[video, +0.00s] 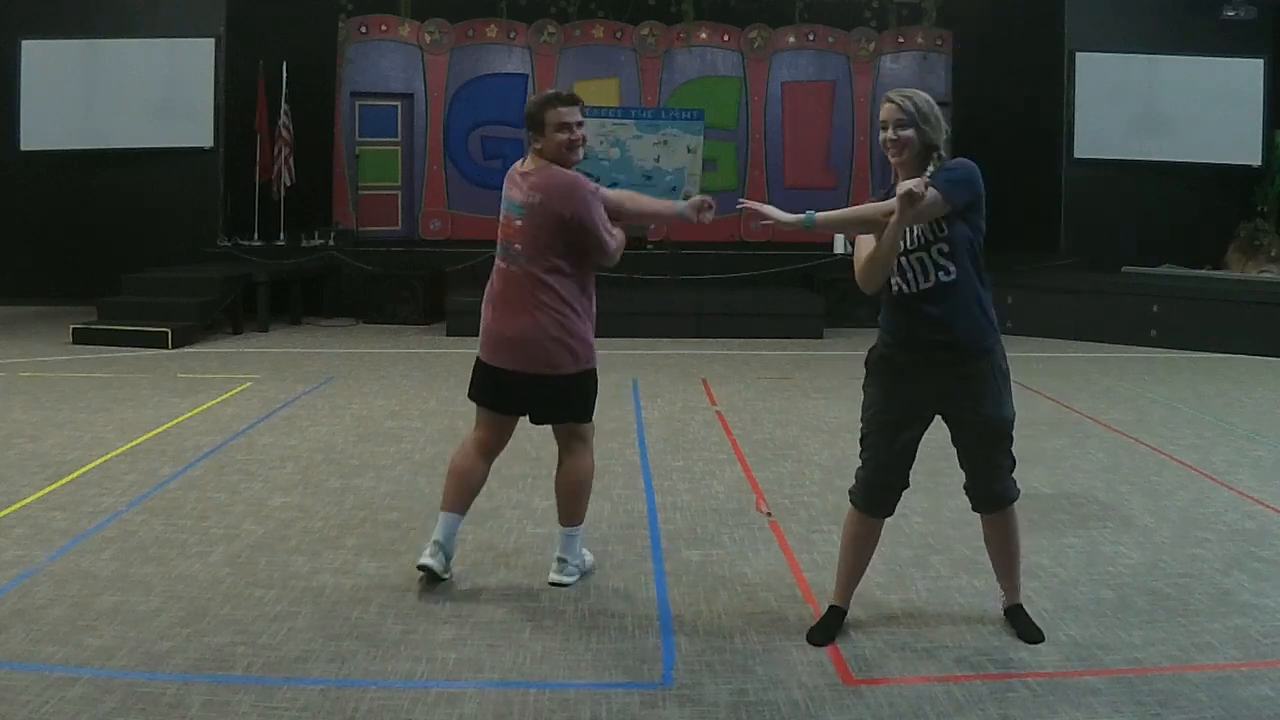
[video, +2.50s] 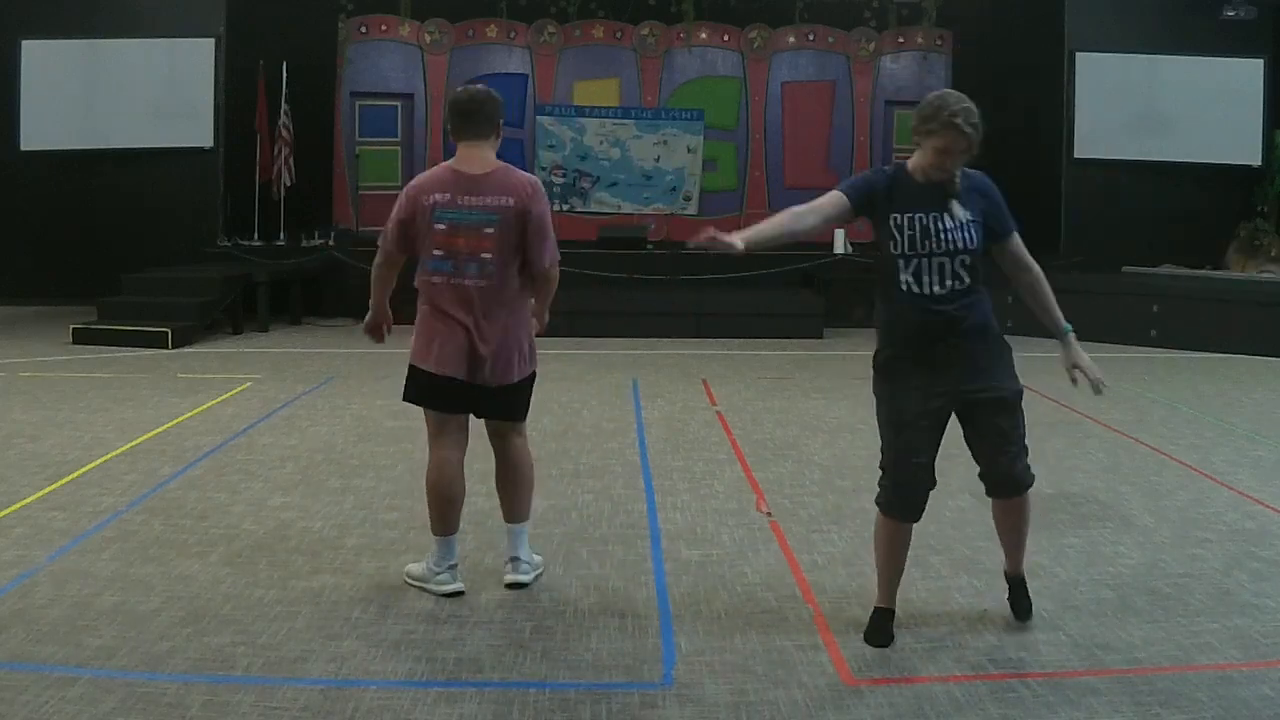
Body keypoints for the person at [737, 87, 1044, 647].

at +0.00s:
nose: (892, 136)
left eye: (903, 126)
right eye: (885, 129)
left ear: (930, 130)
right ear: (880, 138)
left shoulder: (962, 175)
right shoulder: (872, 206)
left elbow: (895, 211)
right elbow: (868, 280)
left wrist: (798, 220)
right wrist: (896, 223)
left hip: (972, 360)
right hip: (899, 363)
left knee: (993, 486)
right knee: (875, 487)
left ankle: (1014, 602)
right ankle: (838, 604)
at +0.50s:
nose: (892, 147)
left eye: (900, 135)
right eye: (884, 140)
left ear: (928, 135)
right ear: (882, 148)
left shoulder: (972, 182)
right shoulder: (877, 214)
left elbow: (909, 227)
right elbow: (867, 299)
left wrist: (825, 237)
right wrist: (892, 257)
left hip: (968, 363)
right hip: (897, 364)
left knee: (994, 493)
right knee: (869, 489)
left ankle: (1009, 603)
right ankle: (837, 605)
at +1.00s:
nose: (1028, 150)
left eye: (1037, 139)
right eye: (1017, 139)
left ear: (1051, 136)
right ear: (997, 135)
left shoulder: (1076, 182)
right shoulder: (971, 193)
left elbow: (1143, 231)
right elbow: (927, 266)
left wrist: (1209, 282)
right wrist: (875, 330)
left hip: (1037, 355)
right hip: (972, 343)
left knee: (1028, 486)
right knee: (922, 453)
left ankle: (1013, 606)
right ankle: (865, 411)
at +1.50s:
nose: (1083, 160)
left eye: (1092, 151)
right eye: (1074, 147)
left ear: (1100, 147)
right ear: (1047, 135)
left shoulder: (1109, 195)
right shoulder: (1007, 183)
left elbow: (1182, 232)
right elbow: (957, 253)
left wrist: (1254, 267)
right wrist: (915, 310)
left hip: (1048, 357)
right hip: (985, 343)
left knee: (1030, 484)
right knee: (922, 456)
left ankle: (1012, 605)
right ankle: (921, 345)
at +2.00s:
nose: (1069, 178)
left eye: (1081, 171)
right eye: (1063, 164)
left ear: (1093, 166)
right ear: (1042, 143)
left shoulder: (1097, 207)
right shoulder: (993, 181)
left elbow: (1162, 253)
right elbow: (946, 255)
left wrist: (1230, 299)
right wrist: (907, 316)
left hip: (1028, 354)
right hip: (959, 342)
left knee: (1019, 482)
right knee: (920, 467)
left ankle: (1011, 604)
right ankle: (911, 377)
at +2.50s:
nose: (954, 165)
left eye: (962, 155)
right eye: (947, 153)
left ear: (970, 150)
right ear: (922, 139)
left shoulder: (979, 192)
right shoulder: (881, 186)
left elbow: (1023, 267)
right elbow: (811, 214)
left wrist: (1068, 340)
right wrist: (743, 237)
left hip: (982, 359)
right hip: (908, 364)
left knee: (1010, 476)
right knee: (902, 491)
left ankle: (1016, 576)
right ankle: (884, 605)